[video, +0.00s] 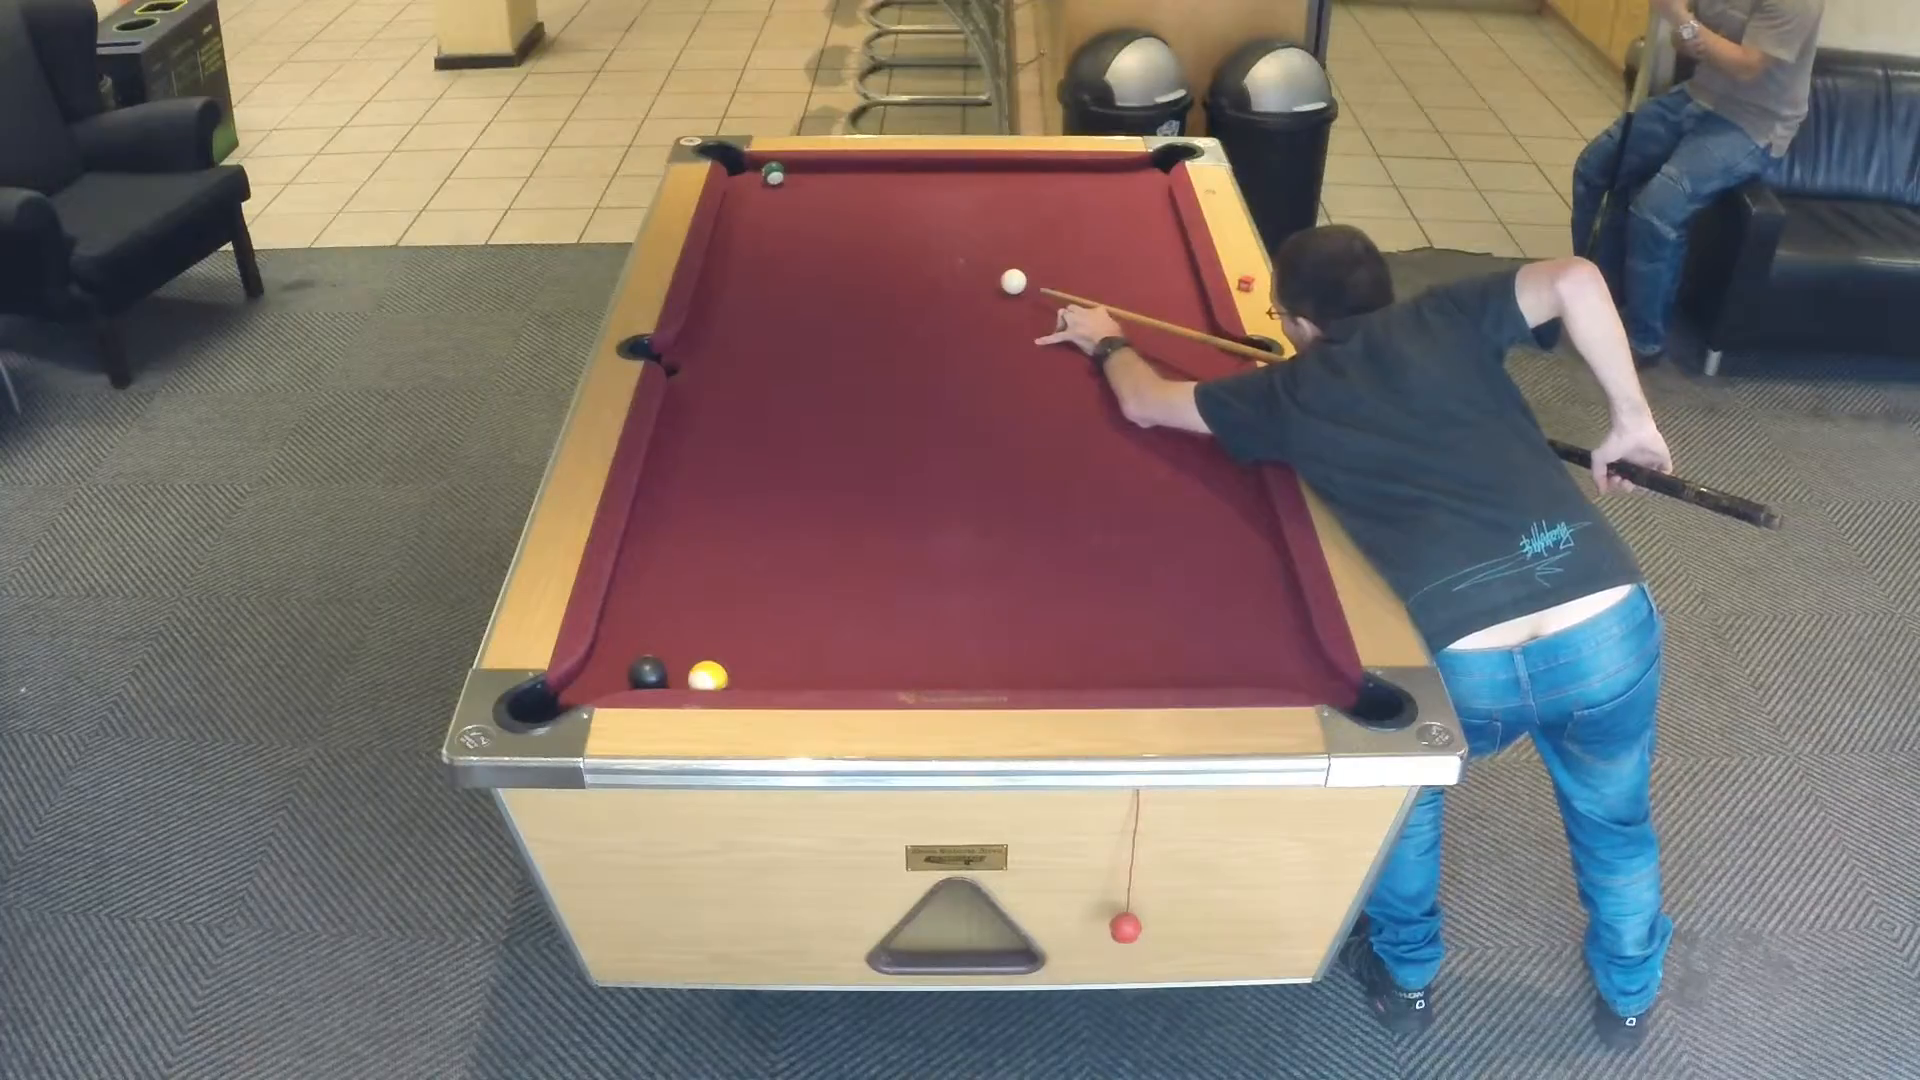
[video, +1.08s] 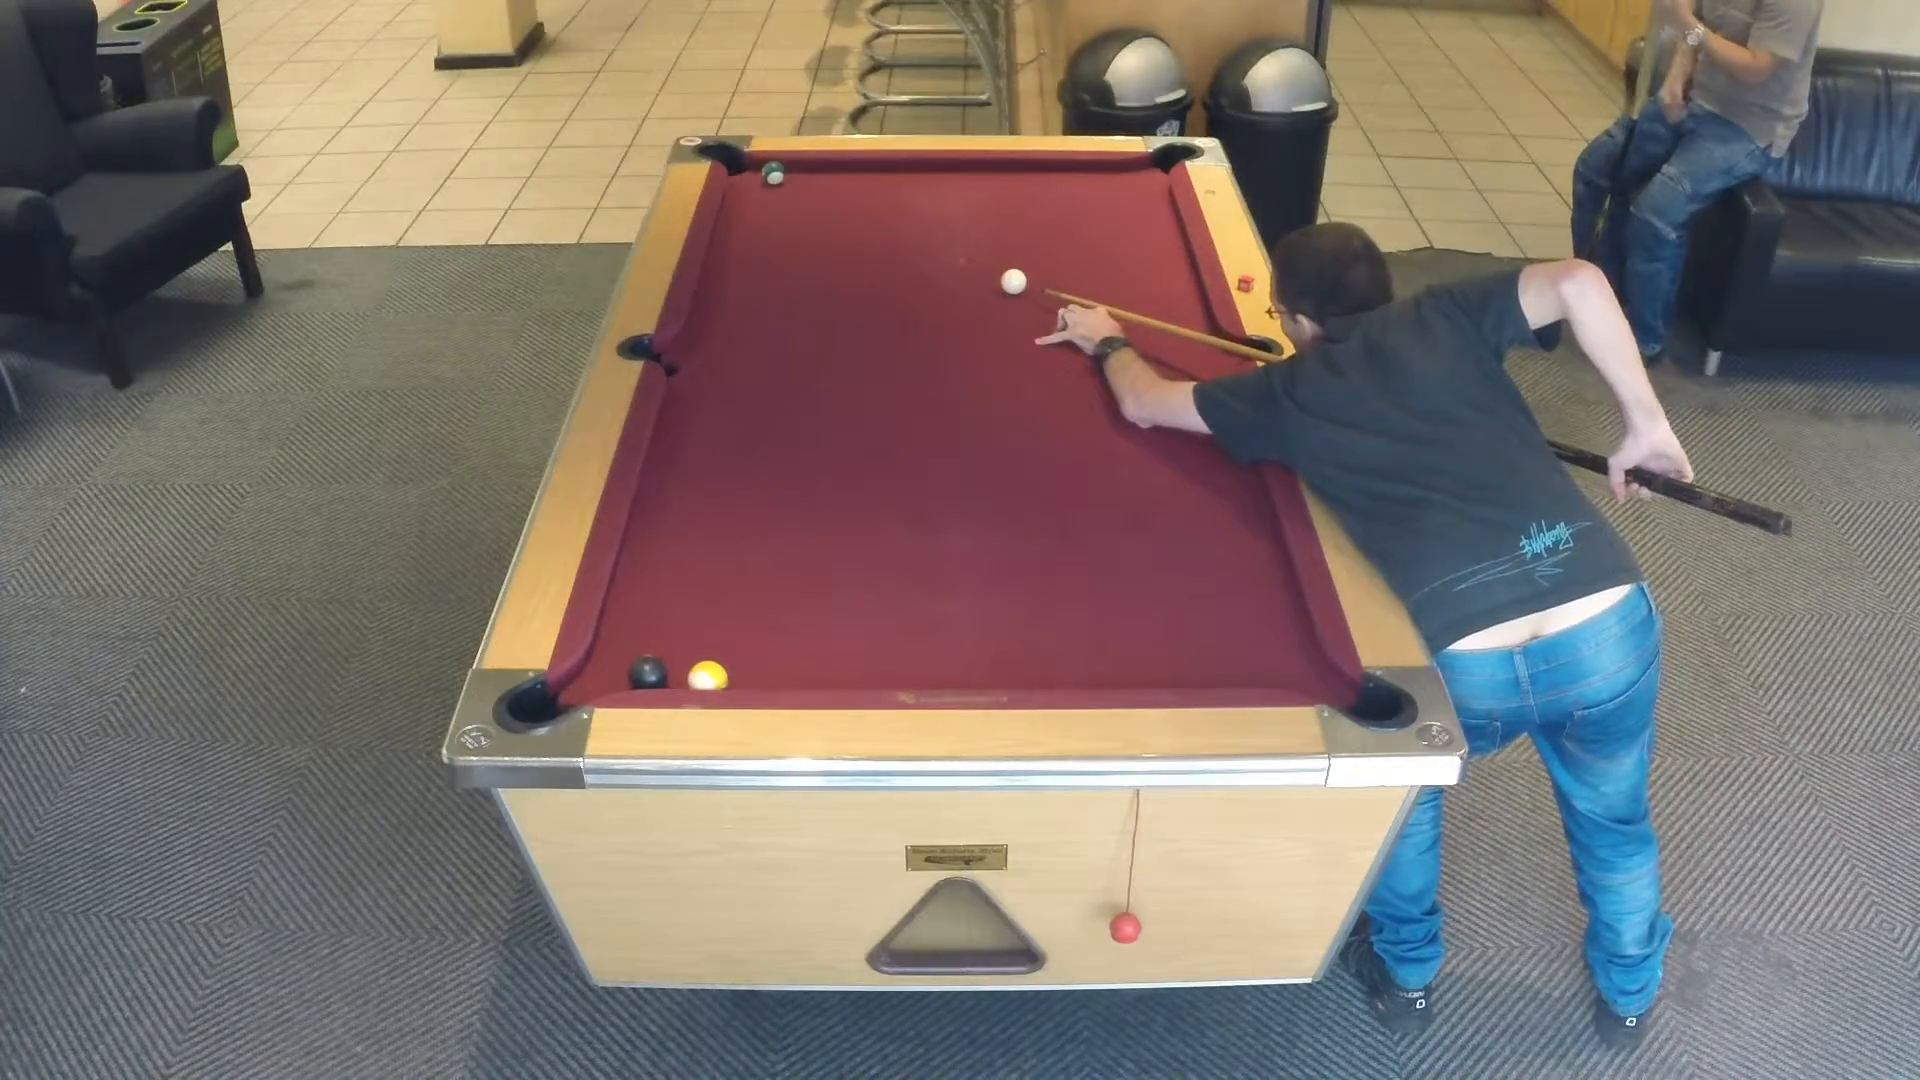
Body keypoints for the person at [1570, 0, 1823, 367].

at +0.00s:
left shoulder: (1795, 6)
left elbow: (1747, 66)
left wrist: (1681, 18)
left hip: (1750, 126)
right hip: (1695, 97)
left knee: (1654, 210)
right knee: (1593, 168)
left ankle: (1643, 341)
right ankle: (1590, 301)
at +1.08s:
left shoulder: (1794, 6)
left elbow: (1757, 69)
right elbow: (1693, 32)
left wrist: (1688, 22)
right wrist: (1675, 78)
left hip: (1748, 126)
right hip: (1690, 101)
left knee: (1654, 211)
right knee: (1594, 170)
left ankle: (1645, 343)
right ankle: (1592, 303)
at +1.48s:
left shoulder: (1793, 6)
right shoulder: (1703, 2)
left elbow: (1771, 76)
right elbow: (1686, 43)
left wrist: (1704, 31)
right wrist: (1667, 105)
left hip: (1747, 127)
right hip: (1689, 103)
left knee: (1655, 209)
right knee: (1594, 169)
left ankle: (1642, 345)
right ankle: (1590, 303)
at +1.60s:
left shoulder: (1793, 6)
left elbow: (1771, 75)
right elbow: (1685, 44)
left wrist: (1704, 31)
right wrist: (1666, 106)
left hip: (1747, 126)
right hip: (1689, 102)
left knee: (1655, 209)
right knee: (1594, 169)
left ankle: (1642, 345)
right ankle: (1590, 303)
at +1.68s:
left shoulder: (1792, 6)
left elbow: (1770, 75)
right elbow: (1685, 44)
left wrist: (1703, 30)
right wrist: (1665, 106)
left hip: (1747, 126)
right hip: (1690, 103)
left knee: (1655, 209)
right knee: (1594, 169)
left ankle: (1643, 345)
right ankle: (1588, 302)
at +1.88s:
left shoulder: (1792, 6)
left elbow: (1770, 75)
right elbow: (1684, 44)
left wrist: (1702, 29)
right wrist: (1665, 107)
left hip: (1747, 126)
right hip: (1689, 102)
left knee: (1655, 209)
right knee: (1594, 170)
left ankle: (1643, 345)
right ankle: (1587, 302)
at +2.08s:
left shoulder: (1791, 7)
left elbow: (1770, 76)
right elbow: (1684, 40)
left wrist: (1702, 28)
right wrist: (1665, 106)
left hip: (1747, 126)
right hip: (1688, 101)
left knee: (1654, 210)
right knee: (1594, 169)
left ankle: (1643, 342)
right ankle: (1584, 297)